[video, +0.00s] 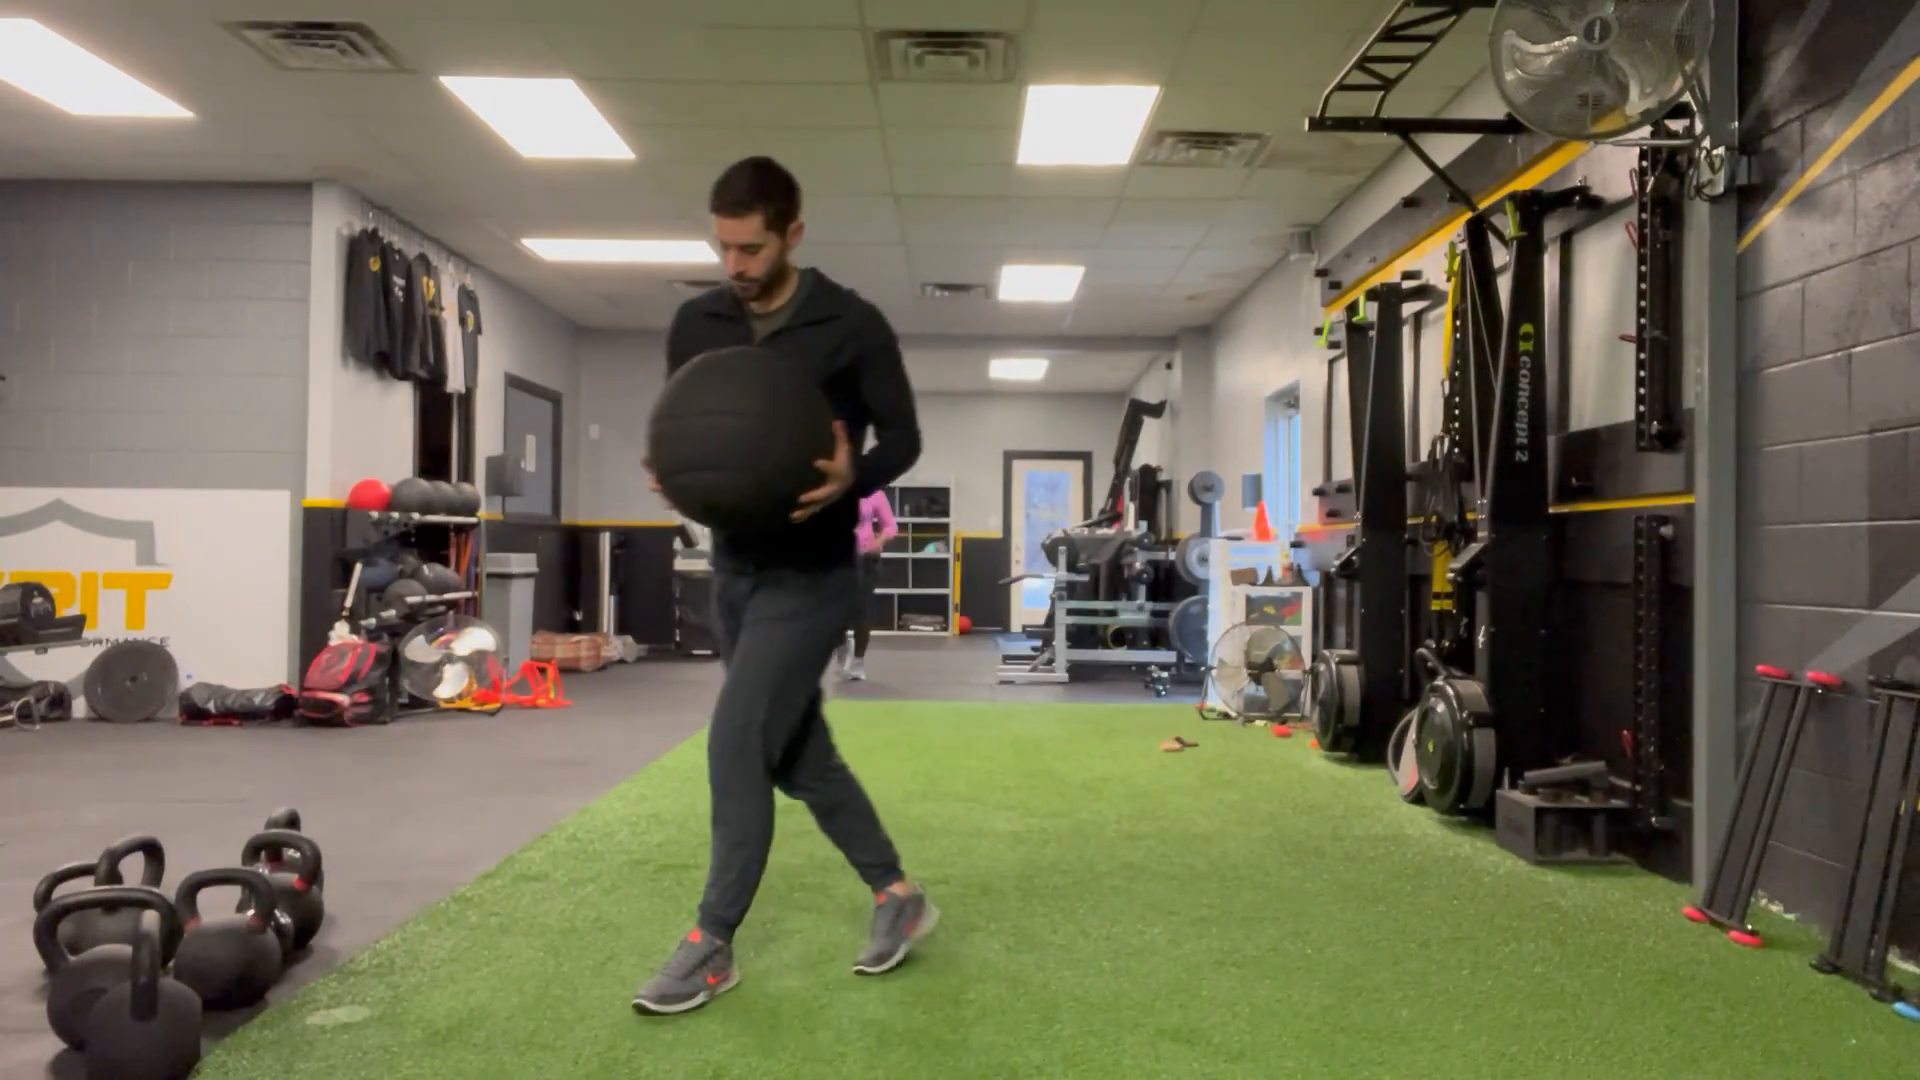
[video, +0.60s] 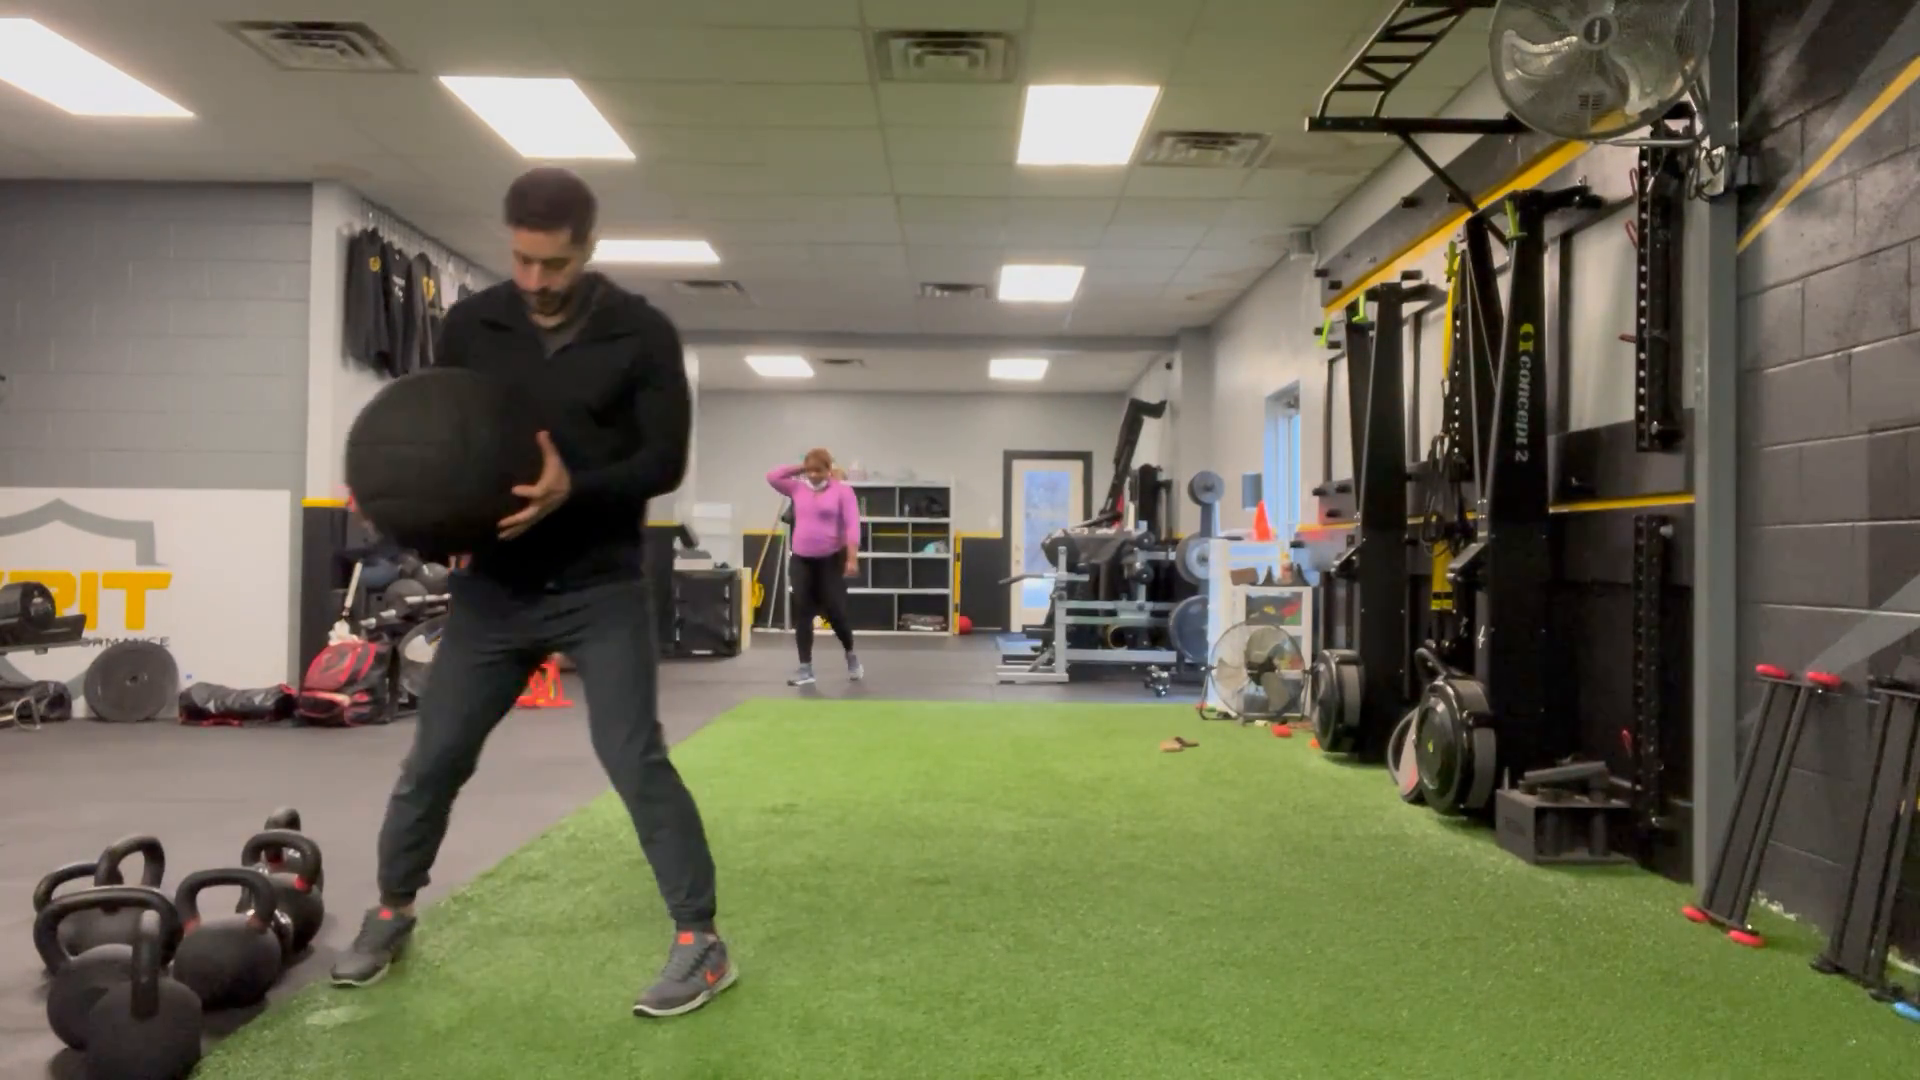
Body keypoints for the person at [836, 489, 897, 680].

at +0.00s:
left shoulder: (873, 493)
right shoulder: (833, 495)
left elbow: (890, 526)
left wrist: (878, 542)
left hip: (864, 555)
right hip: (839, 558)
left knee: (862, 610)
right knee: (836, 606)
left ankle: (858, 661)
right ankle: (841, 647)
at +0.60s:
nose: (813, 475)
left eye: (817, 470)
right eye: (809, 470)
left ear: (827, 469)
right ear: (805, 470)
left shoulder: (842, 491)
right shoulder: (798, 489)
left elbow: (852, 523)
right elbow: (772, 478)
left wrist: (852, 556)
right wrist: (800, 468)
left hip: (831, 558)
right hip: (802, 558)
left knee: (834, 609)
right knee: (802, 611)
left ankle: (850, 654)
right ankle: (805, 668)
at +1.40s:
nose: (801, 463)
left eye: (805, 459)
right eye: (796, 459)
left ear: (811, 460)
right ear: (787, 462)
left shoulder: (826, 486)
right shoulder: (781, 488)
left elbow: (843, 520)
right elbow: (759, 517)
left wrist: (821, 524)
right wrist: (757, 485)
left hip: (813, 556)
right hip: (780, 556)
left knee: (809, 616)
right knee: (771, 611)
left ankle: (809, 674)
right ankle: (781, 663)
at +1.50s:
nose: (799, 463)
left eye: (803, 458)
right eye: (793, 460)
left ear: (809, 459)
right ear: (784, 463)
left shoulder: (821, 484)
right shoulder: (779, 488)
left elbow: (832, 512)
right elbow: (759, 521)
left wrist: (800, 503)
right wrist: (754, 488)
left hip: (811, 557)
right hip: (778, 557)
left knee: (808, 617)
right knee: (771, 614)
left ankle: (809, 675)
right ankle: (766, 675)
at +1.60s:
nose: (795, 464)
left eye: (798, 459)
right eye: (789, 461)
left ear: (804, 460)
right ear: (779, 465)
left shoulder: (816, 483)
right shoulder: (770, 486)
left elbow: (814, 504)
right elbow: (757, 524)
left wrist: (780, 486)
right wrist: (750, 493)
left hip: (806, 558)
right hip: (773, 558)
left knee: (805, 620)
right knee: (769, 617)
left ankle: (809, 677)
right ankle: (759, 677)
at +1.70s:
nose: (789, 465)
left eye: (791, 460)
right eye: (783, 462)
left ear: (797, 460)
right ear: (772, 465)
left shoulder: (808, 482)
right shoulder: (762, 486)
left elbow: (793, 499)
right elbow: (750, 526)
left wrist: (765, 482)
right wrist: (746, 498)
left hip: (797, 559)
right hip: (764, 560)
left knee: (799, 620)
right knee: (762, 620)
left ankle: (808, 676)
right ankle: (758, 680)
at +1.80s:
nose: (778, 464)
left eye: (782, 458)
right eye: (771, 459)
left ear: (789, 459)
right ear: (762, 463)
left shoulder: (799, 480)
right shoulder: (754, 482)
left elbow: (792, 499)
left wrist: (763, 484)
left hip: (789, 556)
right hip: (756, 557)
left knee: (791, 617)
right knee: (758, 620)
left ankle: (805, 667)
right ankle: (757, 679)